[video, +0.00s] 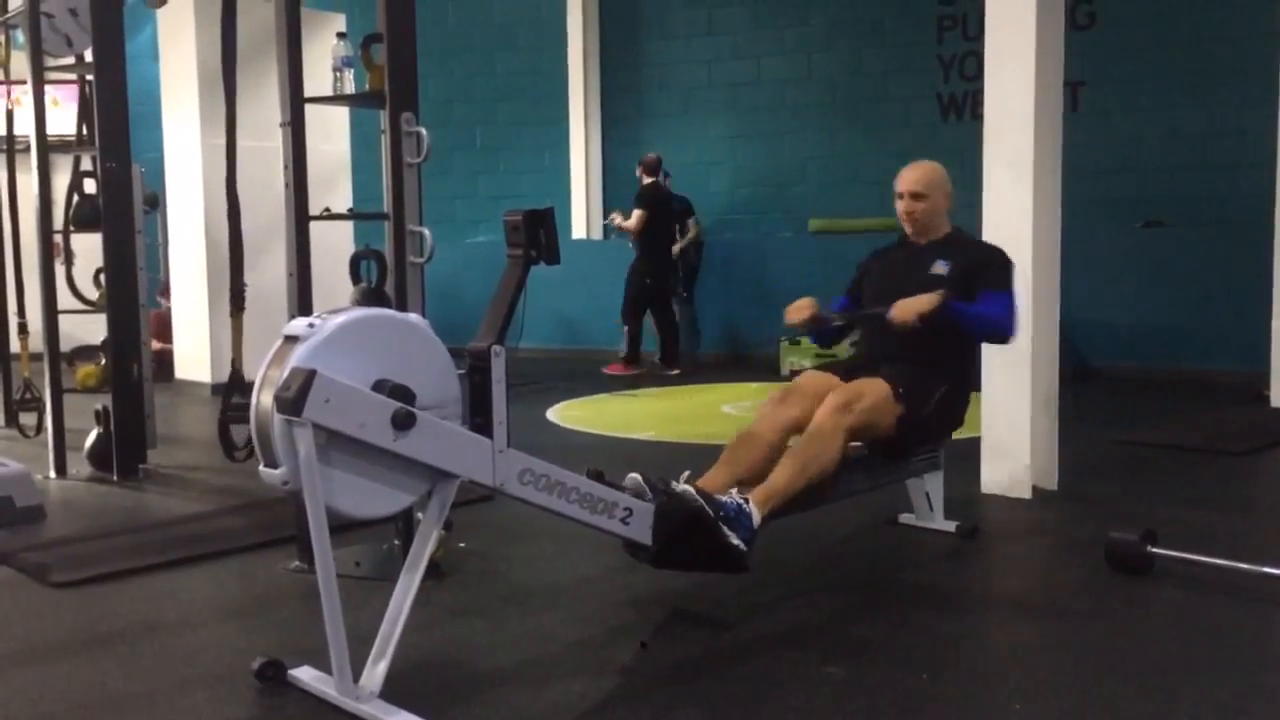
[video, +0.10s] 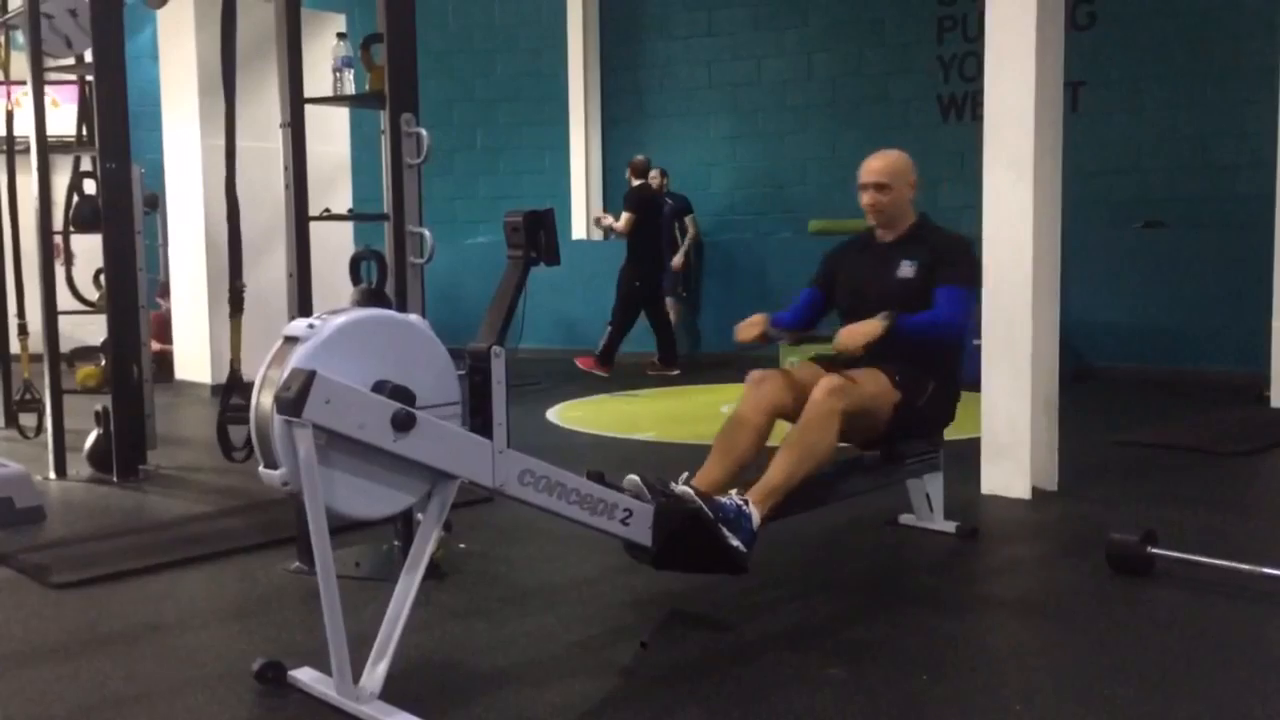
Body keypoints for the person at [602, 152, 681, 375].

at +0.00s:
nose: (636, 173)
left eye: (637, 169)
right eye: (638, 169)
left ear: (641, 170)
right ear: (658, 170)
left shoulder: (645, 193)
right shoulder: (668, 194)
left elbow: (635, 225)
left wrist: (619, 222)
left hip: (645, 261)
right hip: (664, 259)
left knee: (632, 311)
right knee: (663, 310)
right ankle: (670, 360)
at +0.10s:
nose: (627, 173)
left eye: (628, 170)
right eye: (630, 169)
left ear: (630, 172)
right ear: (648, 172)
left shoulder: (635, 195)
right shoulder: (655, 194)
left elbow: (624, 228)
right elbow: (639, 228)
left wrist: (609, 222)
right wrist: (613, 223)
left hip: (637, 264)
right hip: (655, 261)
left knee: (623, 312)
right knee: (657, 312)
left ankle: (603, 360)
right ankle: (668, 362)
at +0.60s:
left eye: (580, 173)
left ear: (577, 176)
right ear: (597, 175)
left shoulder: (568, 199)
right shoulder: (610, 200)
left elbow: (559, 229)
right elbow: (608, 227)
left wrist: (574, 226)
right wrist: (576, 224)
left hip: (582, 263)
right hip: (606, 262)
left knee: (582, 312)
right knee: (599, 309)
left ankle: (584, 364)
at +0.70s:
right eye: (586, 174)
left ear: (571, 177)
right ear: (590, 176)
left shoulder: (561, 200)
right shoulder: (604, 200)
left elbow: (552, 228)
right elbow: (607, 227)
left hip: (575, 264)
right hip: (599, 264)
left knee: (579, 313)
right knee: (593, 309)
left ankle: (591, 363)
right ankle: (577, 354)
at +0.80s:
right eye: (583, 177)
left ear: (566, 179)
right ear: (586, 179)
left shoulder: (554, 202)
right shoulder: (598, 203)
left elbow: (550, 233)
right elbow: (603, 236)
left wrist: (550, 259)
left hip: (567, 264)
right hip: (591, 264)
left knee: (574, 315)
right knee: (583, 314)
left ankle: (588, 364)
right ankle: (563, 361)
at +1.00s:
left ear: (563, 177)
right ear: (582, 181)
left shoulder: (548, 199)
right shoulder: (589, 205)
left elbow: (535, 229)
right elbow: (588, 238)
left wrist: (536, 254)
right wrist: (572, 247)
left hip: (555, 263)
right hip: (579, 264)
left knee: (550, 307)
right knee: (571, 311)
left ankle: (576, 352)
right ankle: (560, 361)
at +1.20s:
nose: (577, 182)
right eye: (578, 179)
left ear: (559, 177)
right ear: (578, 181)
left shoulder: (540, 198)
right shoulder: (582, 205)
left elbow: (529, 228)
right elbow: (585, 235)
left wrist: (532, 253)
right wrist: (568, 228)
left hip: (547, 264)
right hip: (571, 267)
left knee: (541, 308)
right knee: (568, 312)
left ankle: (549, 342)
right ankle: (562, 365)